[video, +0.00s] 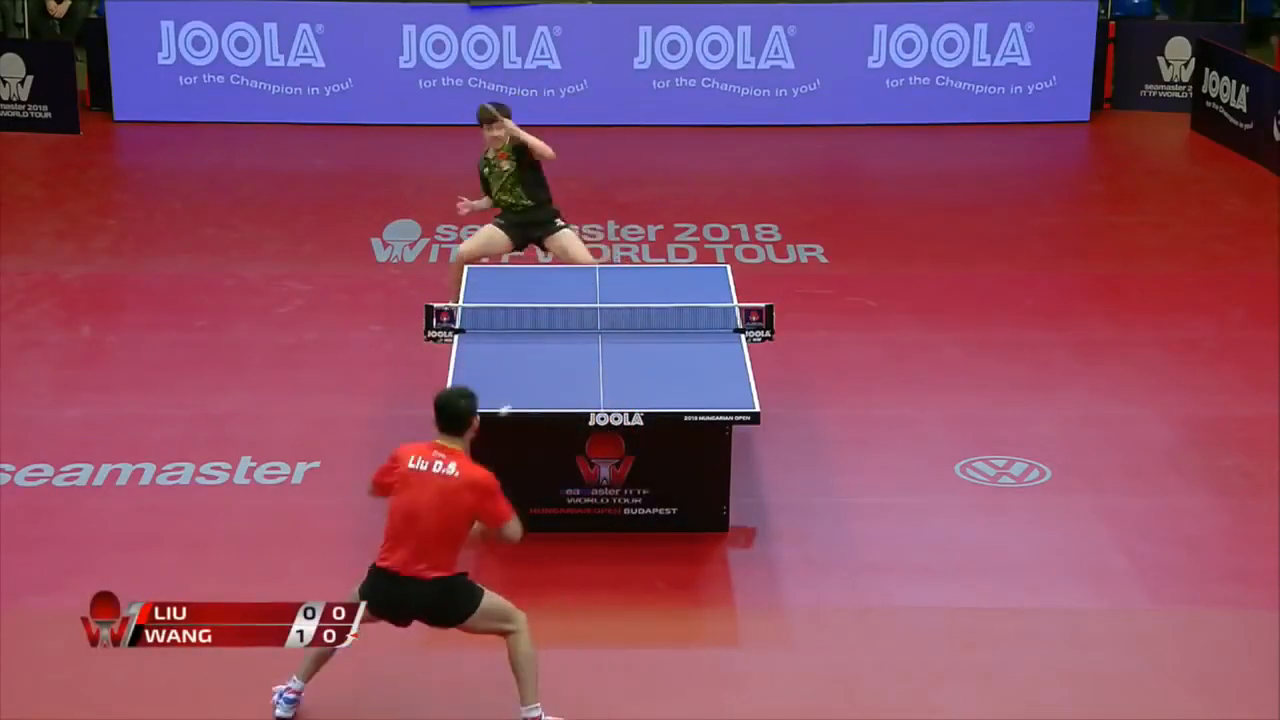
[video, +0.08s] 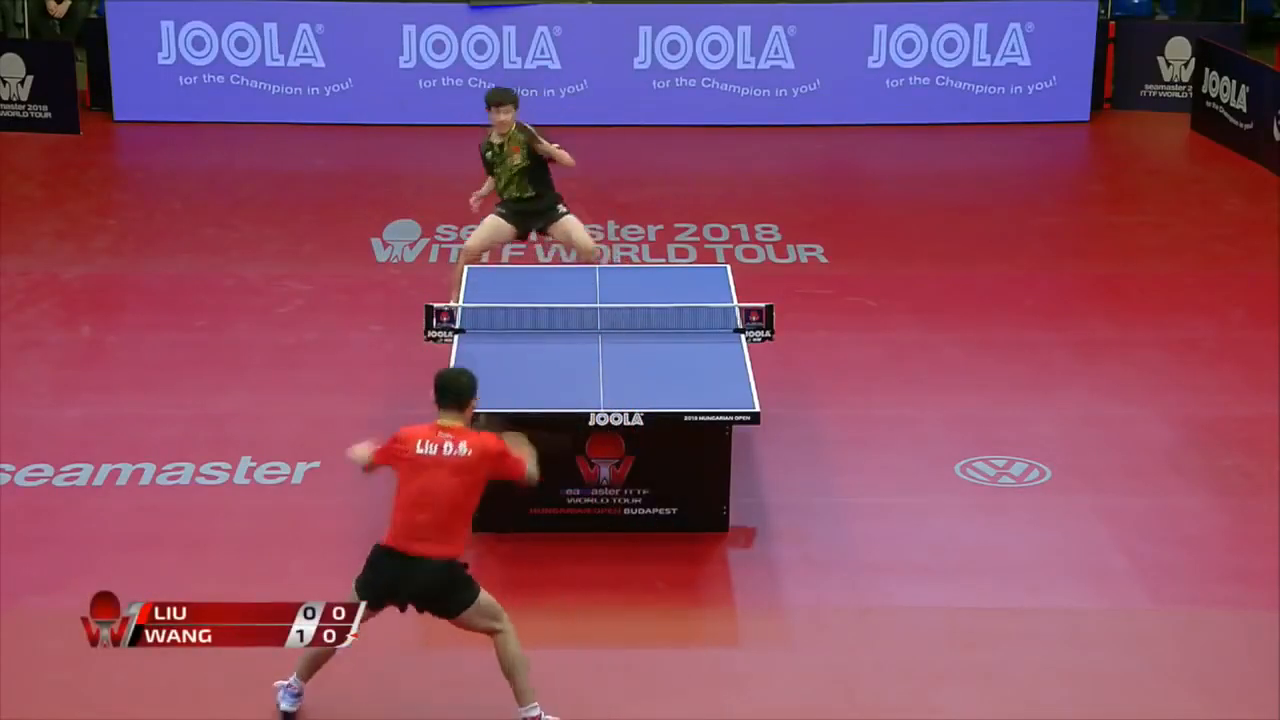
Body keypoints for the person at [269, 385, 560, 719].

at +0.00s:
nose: (476, 423)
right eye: (476, 417)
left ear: (435, 421)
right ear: (472, 424)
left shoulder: (405, 456)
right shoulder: (478, 478)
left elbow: (376, 489)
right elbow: (513, 532)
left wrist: (420, 485)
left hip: (385, 586)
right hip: (438, 592)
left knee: (343, 619)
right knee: (515, 622)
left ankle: (291, 690)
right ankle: (533, 713)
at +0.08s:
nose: (473, 402)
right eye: (473, 398)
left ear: (435, 399)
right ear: (471, 404)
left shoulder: (408, 438)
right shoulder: (487, 446)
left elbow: (369, 462)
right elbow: (529, 474)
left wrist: (361, 452)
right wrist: (523, 446)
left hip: (389, 563)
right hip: (439, 572)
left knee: (342, 622)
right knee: (499, 626)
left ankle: (292, 691)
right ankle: (530, 711)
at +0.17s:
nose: (471, 380)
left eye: (467, 374)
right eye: (471, 375)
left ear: (430, 375)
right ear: (465, 378)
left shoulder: (401, 420)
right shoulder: (480, 419)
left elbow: (364, 477)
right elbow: (529, 446)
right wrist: (557, 458)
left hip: (391, 538)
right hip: (440, 545)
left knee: (346, 626)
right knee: (488, 634)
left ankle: (307, 707)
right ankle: (533, 714)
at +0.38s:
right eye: (442, 376)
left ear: (404, 382)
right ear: (443, 381)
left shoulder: (388, 438)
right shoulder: (470, 433)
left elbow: (348, 494)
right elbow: (509, 481)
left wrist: (303, 530)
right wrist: (543, 515)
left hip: (395, 557)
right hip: (447, 561)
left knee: (356, 646)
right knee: (494, 650)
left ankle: (326, 715)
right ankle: (516, 715)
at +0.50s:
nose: (430, 387)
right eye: (429, 381)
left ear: (386, 381)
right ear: (424, 386)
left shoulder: (354, 434)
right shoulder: (441, 441)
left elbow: (327, 493)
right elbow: (463, 512)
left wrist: (295, 525)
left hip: (371, 560)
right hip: (424, 565)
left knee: (343, 652)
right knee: (476, 653)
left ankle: (323, 717)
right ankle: (506, 715)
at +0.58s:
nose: (422, 385)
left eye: (422, 379)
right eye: (422, 379)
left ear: (380, 378)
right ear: (415, 384)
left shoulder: (346, 429)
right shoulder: (427, 438)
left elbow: (323, 487)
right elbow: (446, 504)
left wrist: (309, 516)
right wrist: (477, 560)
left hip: (360, 558)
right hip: (413, 563)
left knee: (341, 651)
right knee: (460, 649)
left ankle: (323, 718)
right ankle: (491, 715)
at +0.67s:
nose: (419, 384)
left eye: (420, 377)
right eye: (420, 378)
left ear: (378, 375)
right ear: (413, 383)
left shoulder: (343, 425)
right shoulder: (420, 436)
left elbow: (325, 485)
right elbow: (431, 504)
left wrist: (324, 507)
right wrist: (454, 564)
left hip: (356, 555)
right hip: (408, 559)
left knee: (340, 650)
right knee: (454, 646)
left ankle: (322, 718)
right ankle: (476, 715)